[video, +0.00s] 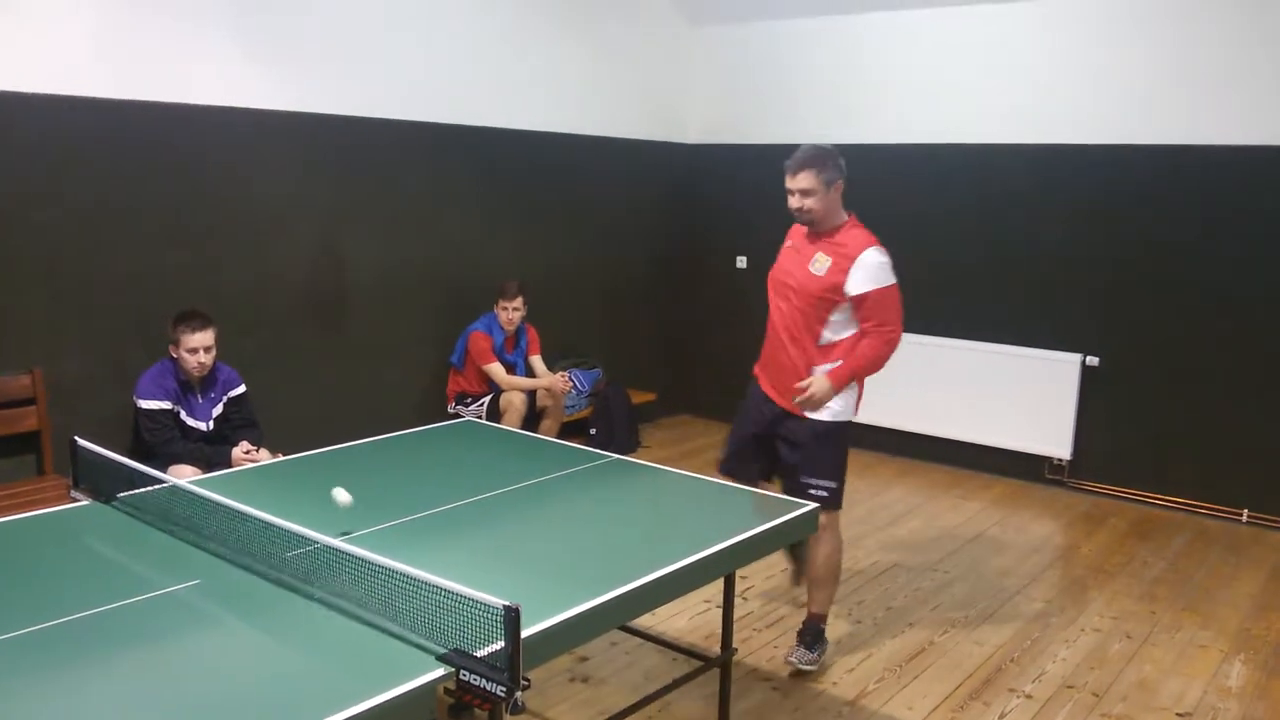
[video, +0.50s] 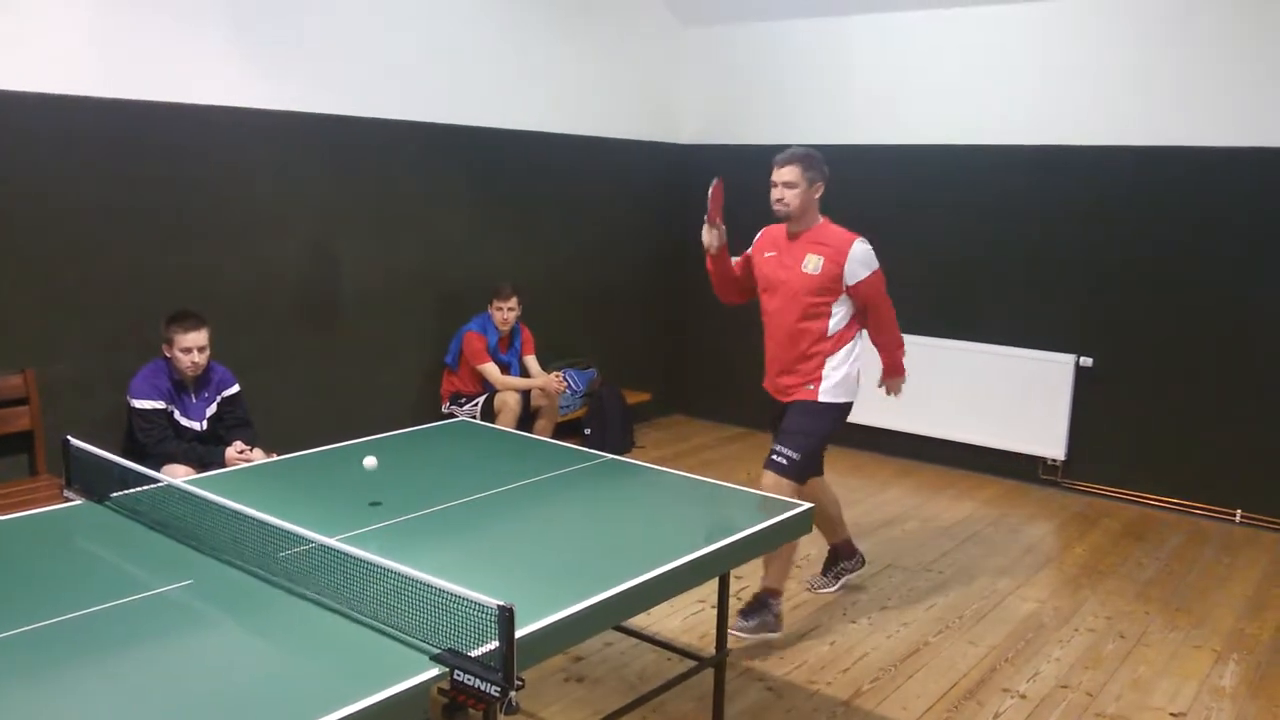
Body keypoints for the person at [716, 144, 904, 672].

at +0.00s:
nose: (796, 203)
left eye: (806, 194)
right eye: (791, 193)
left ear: (838, 190)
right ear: (789, 191)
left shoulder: (866, 255)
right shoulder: (798, 234)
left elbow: (885, 333)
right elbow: (797, 307)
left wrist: (834, 379)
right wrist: (775, 363)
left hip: (820, 412)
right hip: (766, 392)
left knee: (818, 518)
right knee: (734, 477)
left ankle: (813, 629)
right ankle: (790, 534)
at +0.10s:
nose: (799, 204)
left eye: (810, 195)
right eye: (794, 194)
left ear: (839, 193)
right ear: (791, 193)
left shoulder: (868, 253)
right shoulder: (783, 245)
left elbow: (901, 321)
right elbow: (763, 313)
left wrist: (862, 374)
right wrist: (729, 370)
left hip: (828, 409)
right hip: (779, 399)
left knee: (820, 515)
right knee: (777, 494)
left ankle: (811, 628)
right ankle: (838, 547)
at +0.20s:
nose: (791, 213)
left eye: (801, 205)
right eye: (787, 205)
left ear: (832, 205)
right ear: (785, 205)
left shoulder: (860, 264)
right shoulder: (776, 256)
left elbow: (903, 329)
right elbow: (740, 295)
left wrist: (889, 386)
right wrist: (697, 313)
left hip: (835, 408)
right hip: (787, 403)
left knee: (806, 506)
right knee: (810, 493)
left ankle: (805, 626)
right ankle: (848, 557)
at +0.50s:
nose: (778, 194)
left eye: (788, 186)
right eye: (774, 186)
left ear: (817, 189)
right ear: (772, 190)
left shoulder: (848, 248)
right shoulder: (766, 241)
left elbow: (879, 311)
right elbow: (734, 290)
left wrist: (893, 366)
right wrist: (717, 255)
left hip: (825, 387)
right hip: (783, 385)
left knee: (776, 481)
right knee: (808, 479)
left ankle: (769, 600)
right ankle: (844, 552)